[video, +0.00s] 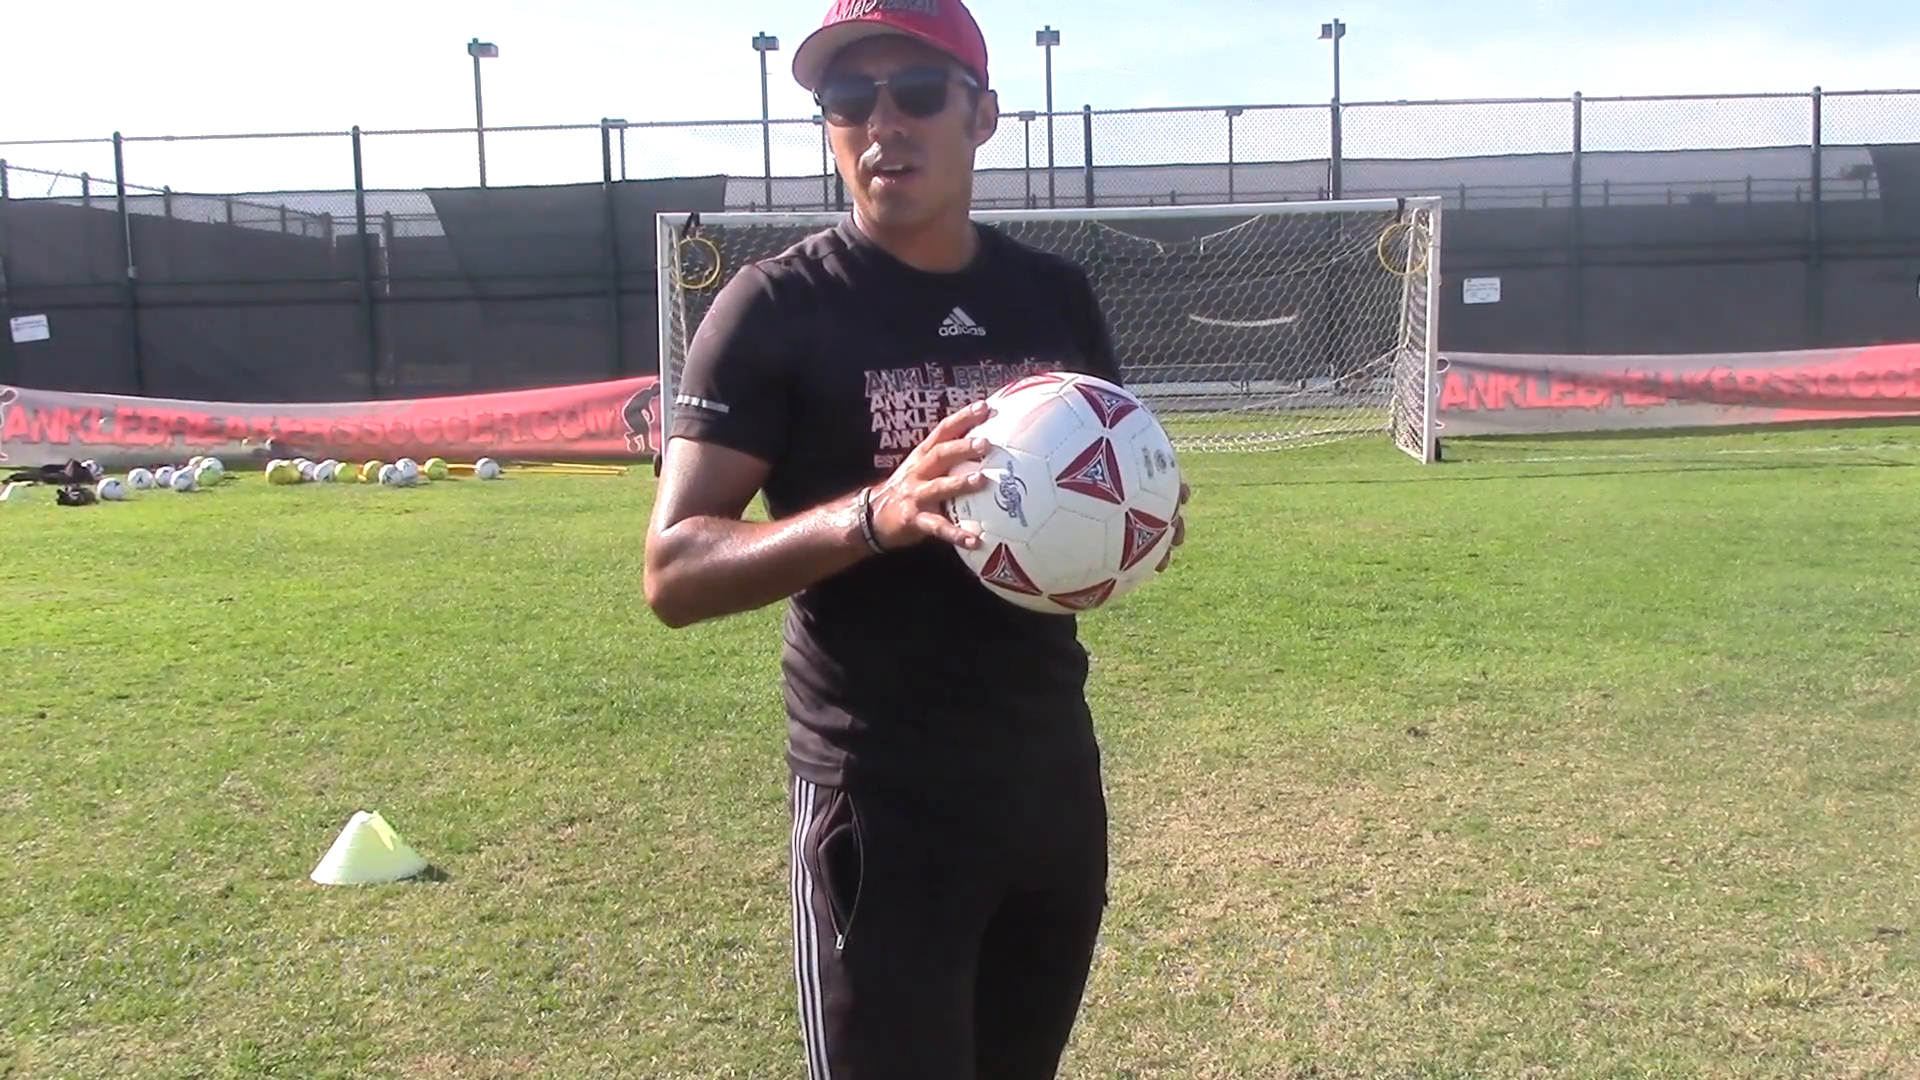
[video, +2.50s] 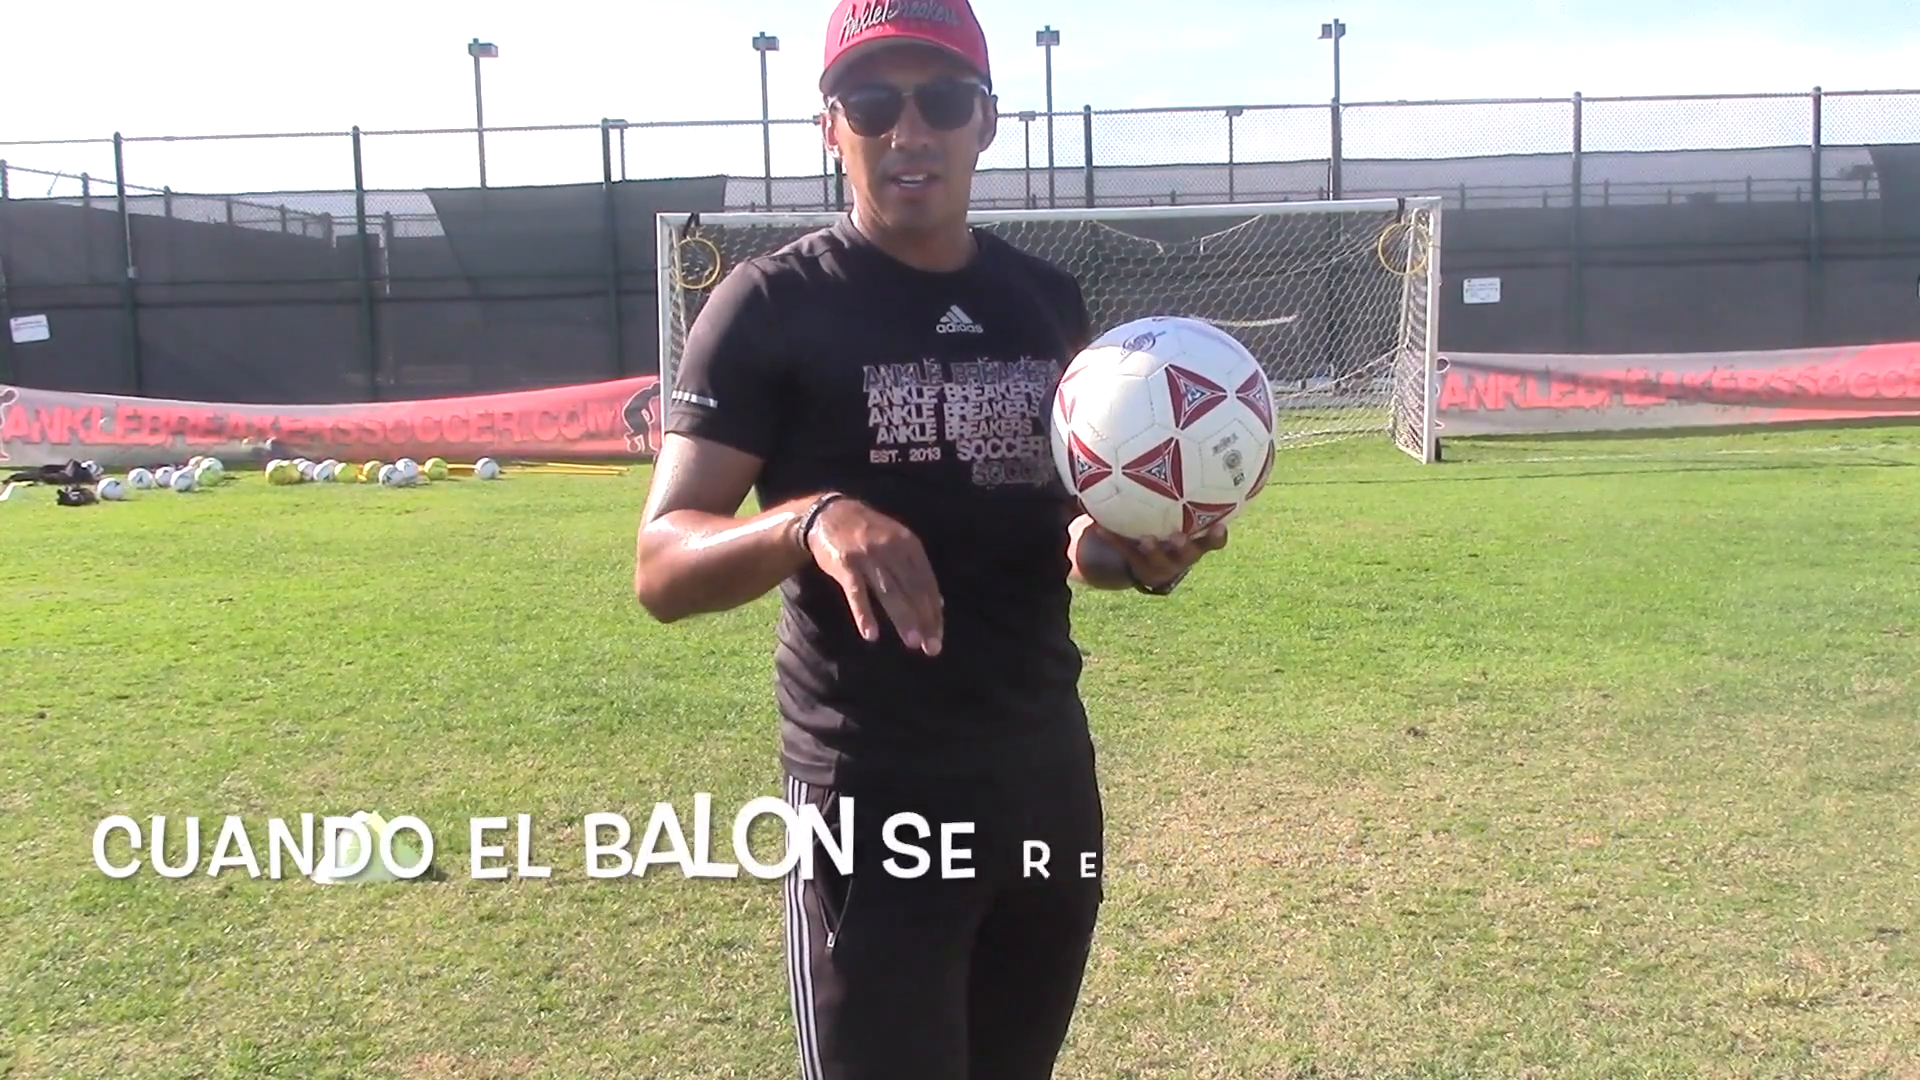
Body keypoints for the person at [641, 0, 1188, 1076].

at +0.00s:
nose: (885, 123)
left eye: (920, 94)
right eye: (855, 100)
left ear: (982, 118)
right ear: (827, 131)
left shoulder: (1055, 294)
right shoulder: (768, 310)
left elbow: (1097, 491)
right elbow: (675, 575)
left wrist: (1139, 513)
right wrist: (874, 516)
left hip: (1048, 764)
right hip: (874, 781)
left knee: (1018, 1064)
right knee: (886, 1060)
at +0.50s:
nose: (890, 131)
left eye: (922, 100)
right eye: (857, 105)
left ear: (976, 117)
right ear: (822, 133)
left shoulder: (1047, 297)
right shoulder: (762, 310)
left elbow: (1089, 499)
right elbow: (672, 581)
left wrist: (1162, 537)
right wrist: (870, 499)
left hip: (1045, 779)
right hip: (869, 793)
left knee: (1014, 1064)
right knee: (883, 1062)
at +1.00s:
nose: (906, 130)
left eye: (937, 100)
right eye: (870, 102)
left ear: (983, 122)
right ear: (828, 129)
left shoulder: (1039, 296)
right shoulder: (767, 305)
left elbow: (1075, 524)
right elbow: (687, 585)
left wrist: (1156, 552)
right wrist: (862, 510)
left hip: (1040, 769)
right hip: (866, 784)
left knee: (1011, 1062)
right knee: (886, 1063)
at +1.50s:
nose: (901, 133)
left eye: (932, 101)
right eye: (866, 105)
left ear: (977, 120)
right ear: (825, 133)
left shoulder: (1040, 298)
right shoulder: (764, 309)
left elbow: (1069, 531)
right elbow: (683, 581)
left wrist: (1146, 553)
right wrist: (900, 537)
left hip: (1041, 770)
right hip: (864, 782)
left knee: (1013, 1063)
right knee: (884, 1063)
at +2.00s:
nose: (894, 134)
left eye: (925, 102)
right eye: (859, 108)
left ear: (972, 120)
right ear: (820, 136)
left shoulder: (1035, 299)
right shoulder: (761, 312)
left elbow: (1063, 530)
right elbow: (677, 581)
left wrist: (1135, 553)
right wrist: (897, 546)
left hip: (1043, 770)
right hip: (868, 784)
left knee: (1016, 1064)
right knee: (884, 1062)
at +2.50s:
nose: (911, 134)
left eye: (944, 102)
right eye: (876, 104)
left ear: (986, 124)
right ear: (830, 131)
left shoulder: (1046, 300)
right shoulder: (765, 305)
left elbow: (1080, 539)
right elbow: (661, 571)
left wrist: (1142, 556)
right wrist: (802, 526)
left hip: (1042, 764)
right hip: (868, 775)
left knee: (1017, 1063)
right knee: (881, 1060)